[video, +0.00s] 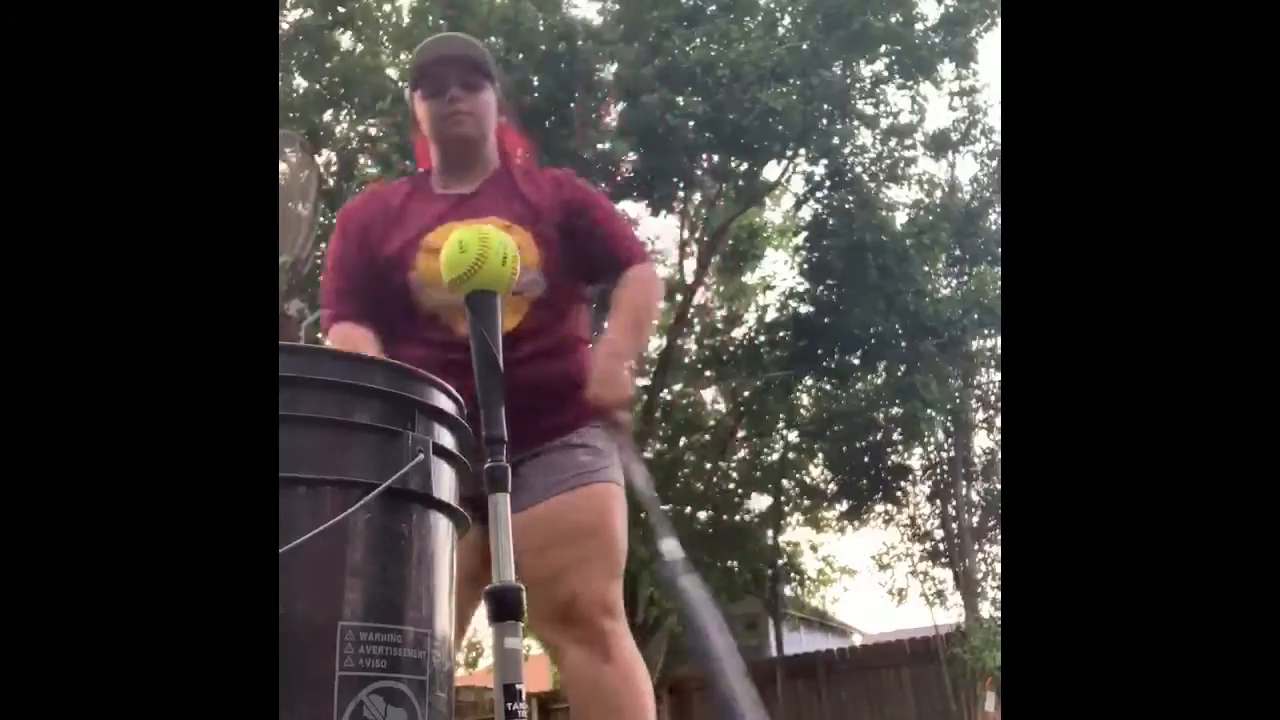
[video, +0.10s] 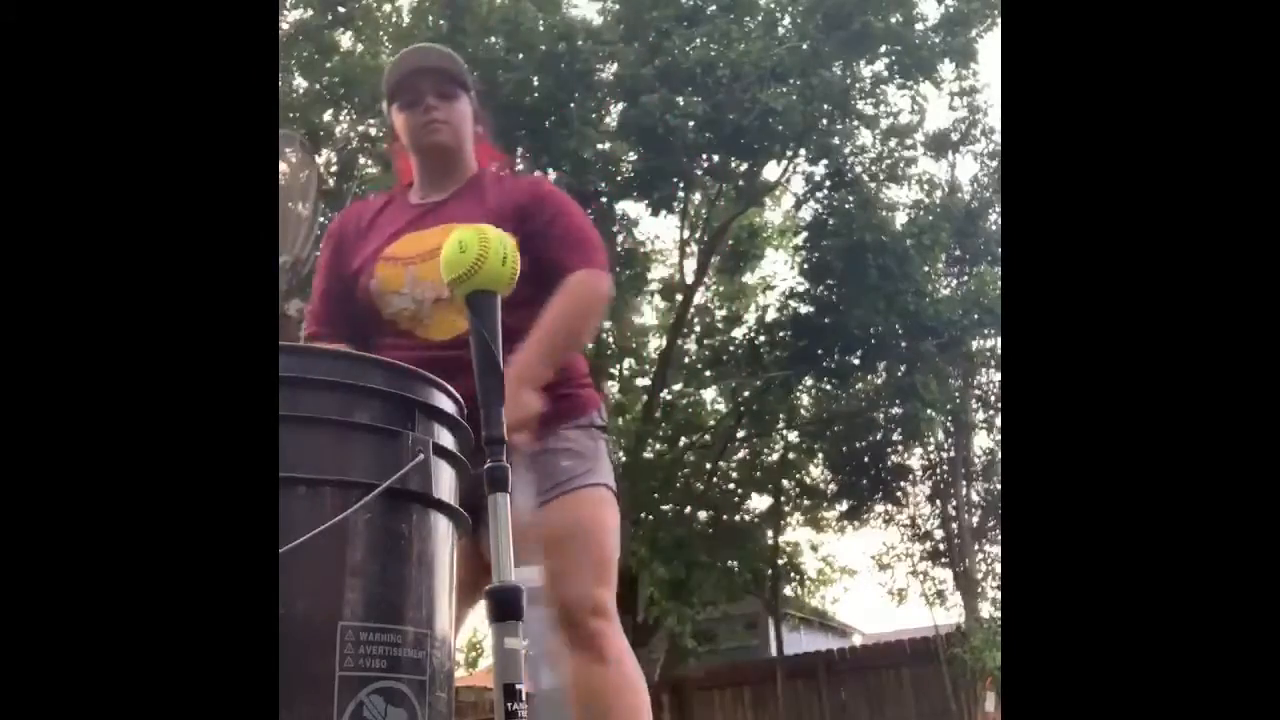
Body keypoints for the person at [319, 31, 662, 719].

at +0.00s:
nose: (455, 97)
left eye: (471, 84)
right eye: (437, 88)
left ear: (497, 101)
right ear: (416, 111)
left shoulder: (555, 194)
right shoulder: (370, 215)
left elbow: (639, 272)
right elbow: (347, 325)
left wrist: (615, 356)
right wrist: (380, 412)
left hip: (556, 442)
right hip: (433, 451)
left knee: (591, 623)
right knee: (410, 642)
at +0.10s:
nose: (431, 107)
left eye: (446, 93)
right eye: (412, 99)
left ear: (474, 111)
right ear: (393, 126)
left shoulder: (528, 198)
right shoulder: (353, 229)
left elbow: (591, 281)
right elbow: (324, 348)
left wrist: (522, 377)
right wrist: (337, 432)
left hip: (549, 426)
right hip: (427, 444)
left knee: (588, 618)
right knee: (401, 633)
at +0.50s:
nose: (406, 127)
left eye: (421, 113)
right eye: (387, 122)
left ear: (449, 127)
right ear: (373, 149)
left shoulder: (492, 183)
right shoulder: (367, 248)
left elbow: (471, 247)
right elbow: (355, 357)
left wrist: (340, 300)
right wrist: (314, 325)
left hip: (532, 425)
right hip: (426, 443)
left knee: (574, 630)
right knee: (396, 635)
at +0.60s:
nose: (399, 133)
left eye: (414, 118)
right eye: (381, 126)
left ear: (442, 131)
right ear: (366, 154)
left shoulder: (480, 180)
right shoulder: (366, 249)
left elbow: (434, 228)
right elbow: (351, 341)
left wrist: (309, 276)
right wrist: (294, 319)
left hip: (531, 425)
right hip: (430, 443)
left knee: (571, 631)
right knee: (392, 636)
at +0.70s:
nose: (385, 141)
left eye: (400, 126)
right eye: (366, 135)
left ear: (426, 139)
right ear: (350, 165)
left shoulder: (457, 188)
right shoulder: (337, 264)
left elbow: (381, 236)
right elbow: (292, 327)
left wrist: (287, 264)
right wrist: (277, 324)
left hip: (520, 426)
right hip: (415, 449)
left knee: (558, 628)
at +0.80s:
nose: (367, 152)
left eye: (382, 138)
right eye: (348, 146)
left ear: (410, 153)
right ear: (333, 181)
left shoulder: (435, 201)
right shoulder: (323, 262)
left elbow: (327, 254)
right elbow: (298, 321)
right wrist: (317, 319)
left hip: (508, 426)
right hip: (413, 443)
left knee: (537, 626)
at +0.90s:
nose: (352, 164)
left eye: (367, 149)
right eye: (332, 157)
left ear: (394, 161)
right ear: (318, 185)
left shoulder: (412, 212)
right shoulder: (325, 250)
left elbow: (290, 276)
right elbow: (294, 335)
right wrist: (313, 317)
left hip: (499, 422)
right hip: (415, 440)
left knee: (487, 605)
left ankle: (611, 716)